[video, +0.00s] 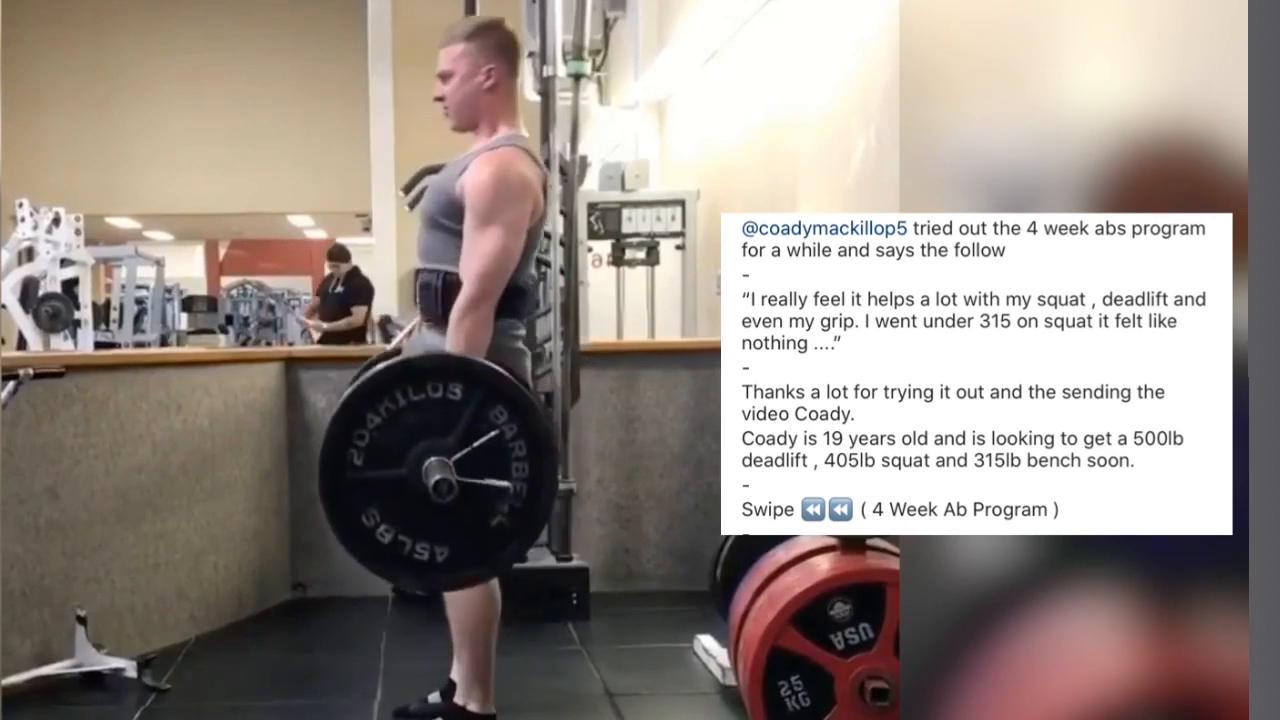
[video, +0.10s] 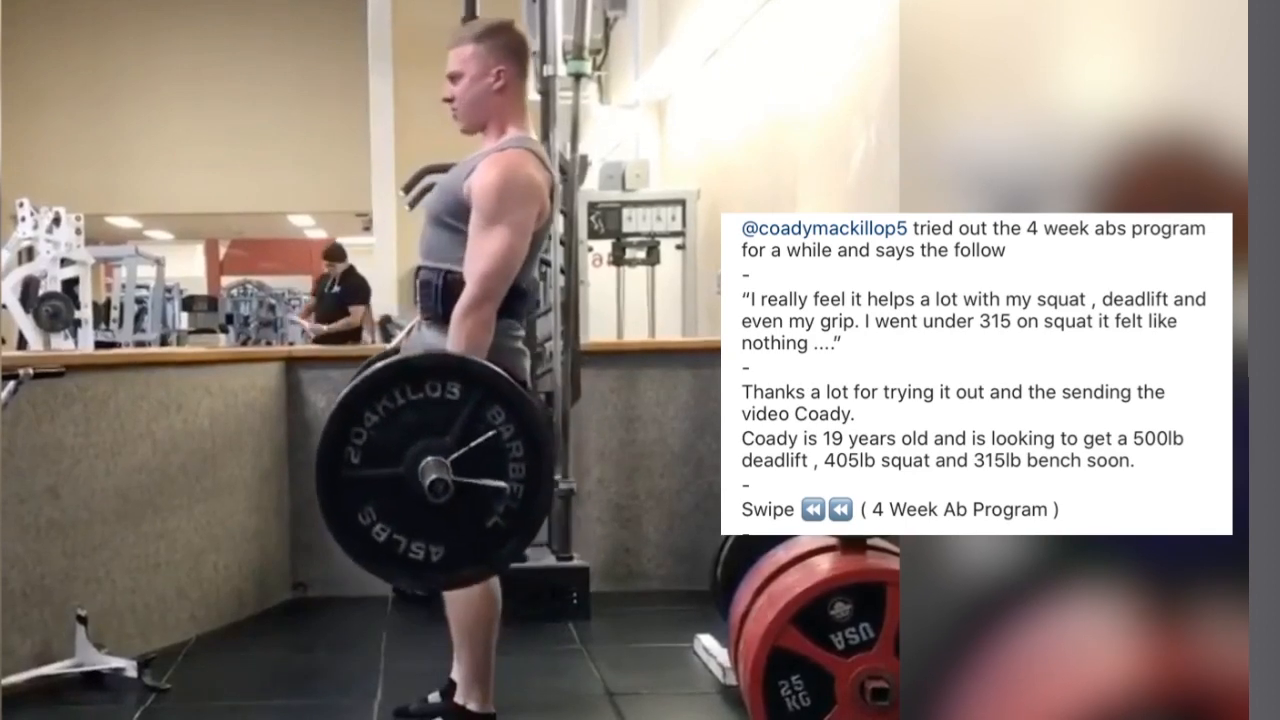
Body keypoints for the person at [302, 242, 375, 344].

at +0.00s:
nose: (332, 270)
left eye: (336, 267)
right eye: (330, 266)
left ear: (346, 263)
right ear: (327, 264)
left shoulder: (360, 283)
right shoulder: (328, 280)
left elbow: (358, 319)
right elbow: (318, 301)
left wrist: (326, 326)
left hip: (352, 343)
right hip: (327, 341)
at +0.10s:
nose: (328, 269)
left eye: (331, 266)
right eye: (326, 265)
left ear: (342, 262)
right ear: (324, 262)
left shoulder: (357, 283)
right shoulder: (323, 279)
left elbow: (356, 320)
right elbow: (314, 303)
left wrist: (326, 328)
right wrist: (302, 317)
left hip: (346, 344)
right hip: (321, 342)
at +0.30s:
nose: (317, 269)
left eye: (321, 265)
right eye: (316, 265)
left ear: (332, 262)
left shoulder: (351, 282)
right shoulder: (314, 280)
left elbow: (357, 318)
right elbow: (304, 306)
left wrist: (330, 335)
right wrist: (285, 323)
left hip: (340, 347)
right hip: (312, 345)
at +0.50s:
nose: (309, 267)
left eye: (312, 262)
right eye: (305, 263)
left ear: (323, 261)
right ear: (303, 263)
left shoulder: (341, 282)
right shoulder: (302, 283)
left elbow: (354, 317)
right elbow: (297, 311)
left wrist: (338, 340)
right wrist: (284, 328)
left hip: (331, 346)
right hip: (304, 346)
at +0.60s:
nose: (304, 265)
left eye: (308, 260)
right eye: (300, 261)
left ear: (317, 260)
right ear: (296, 263)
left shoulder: (335, 282)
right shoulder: (293, 285)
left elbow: (350, 314)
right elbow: (287, 317)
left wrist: (339, 341)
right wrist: (271, 336)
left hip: (327, 350)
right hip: (299, 351)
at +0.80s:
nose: (291, 260)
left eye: (294, 255)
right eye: (286, 256)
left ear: (302, 256)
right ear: (280, 260)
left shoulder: (320, 277)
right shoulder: (276, 286)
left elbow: (338, 308)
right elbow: (270, 318)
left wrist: (342, 339)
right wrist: (258, 342)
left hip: (321, 350)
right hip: (288, 353)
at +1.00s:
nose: (282, 255)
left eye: (286, 250)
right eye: (277, 251)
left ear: (293, 254)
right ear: (269, 258)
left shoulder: (311, 278)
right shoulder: (262, 285)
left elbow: (333, 311)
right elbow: (254, 319)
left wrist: (339, 341)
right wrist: (252, 346)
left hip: (312, 351)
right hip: (278, 353)